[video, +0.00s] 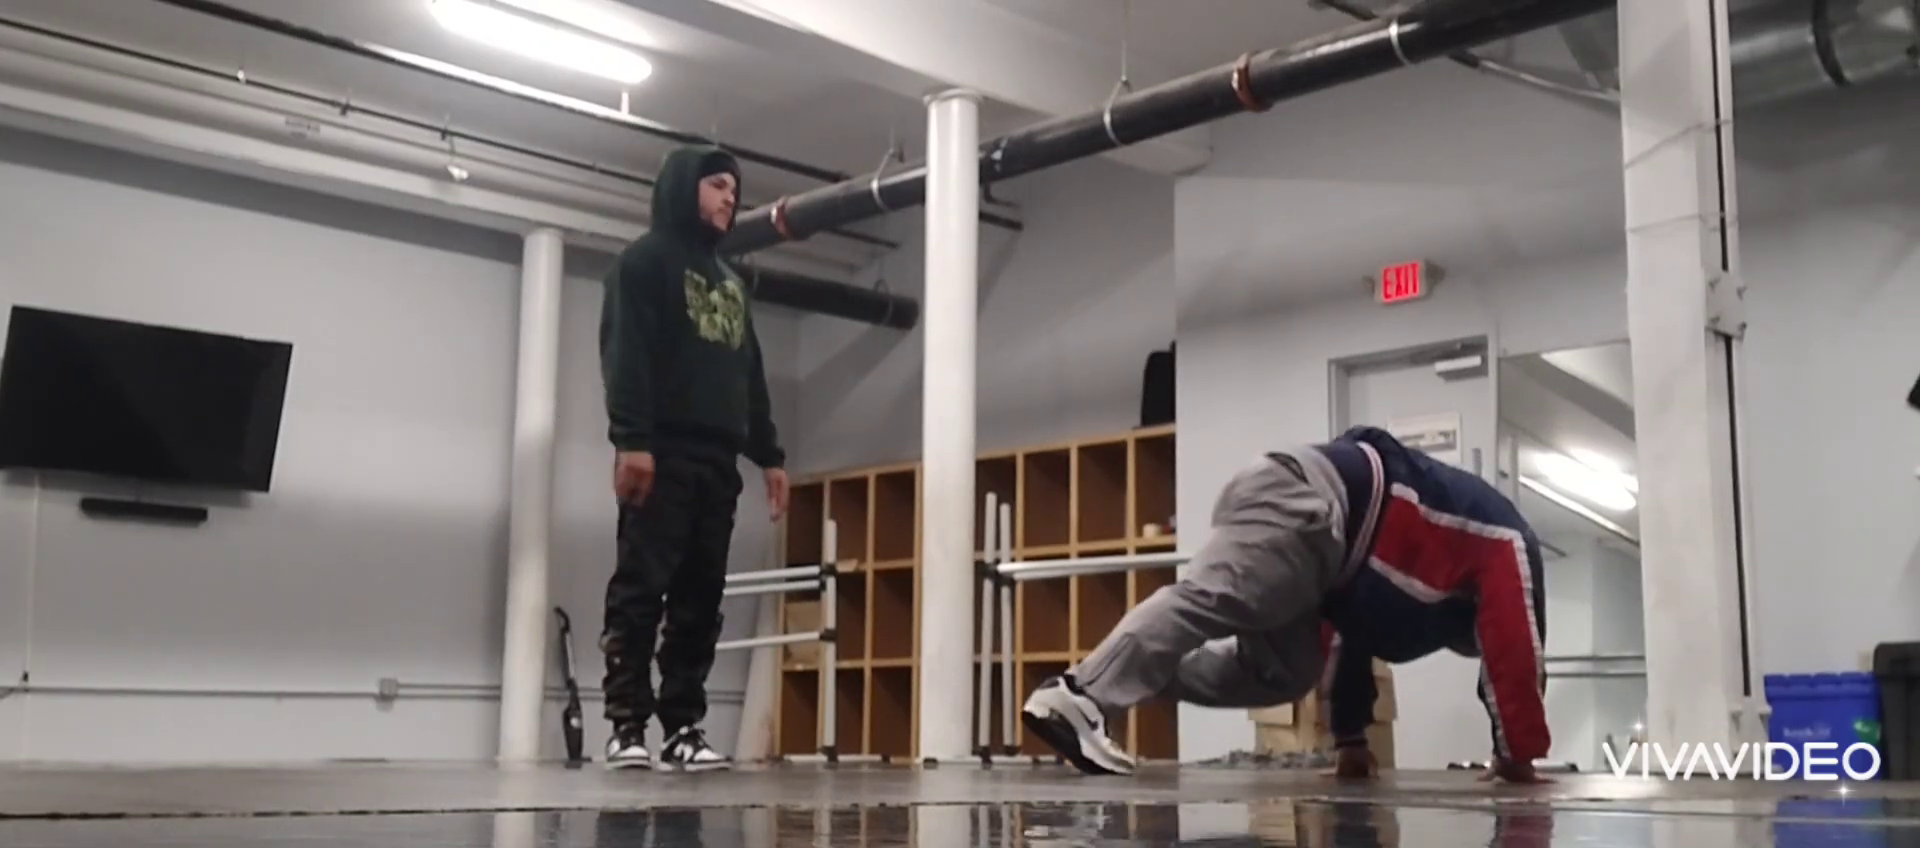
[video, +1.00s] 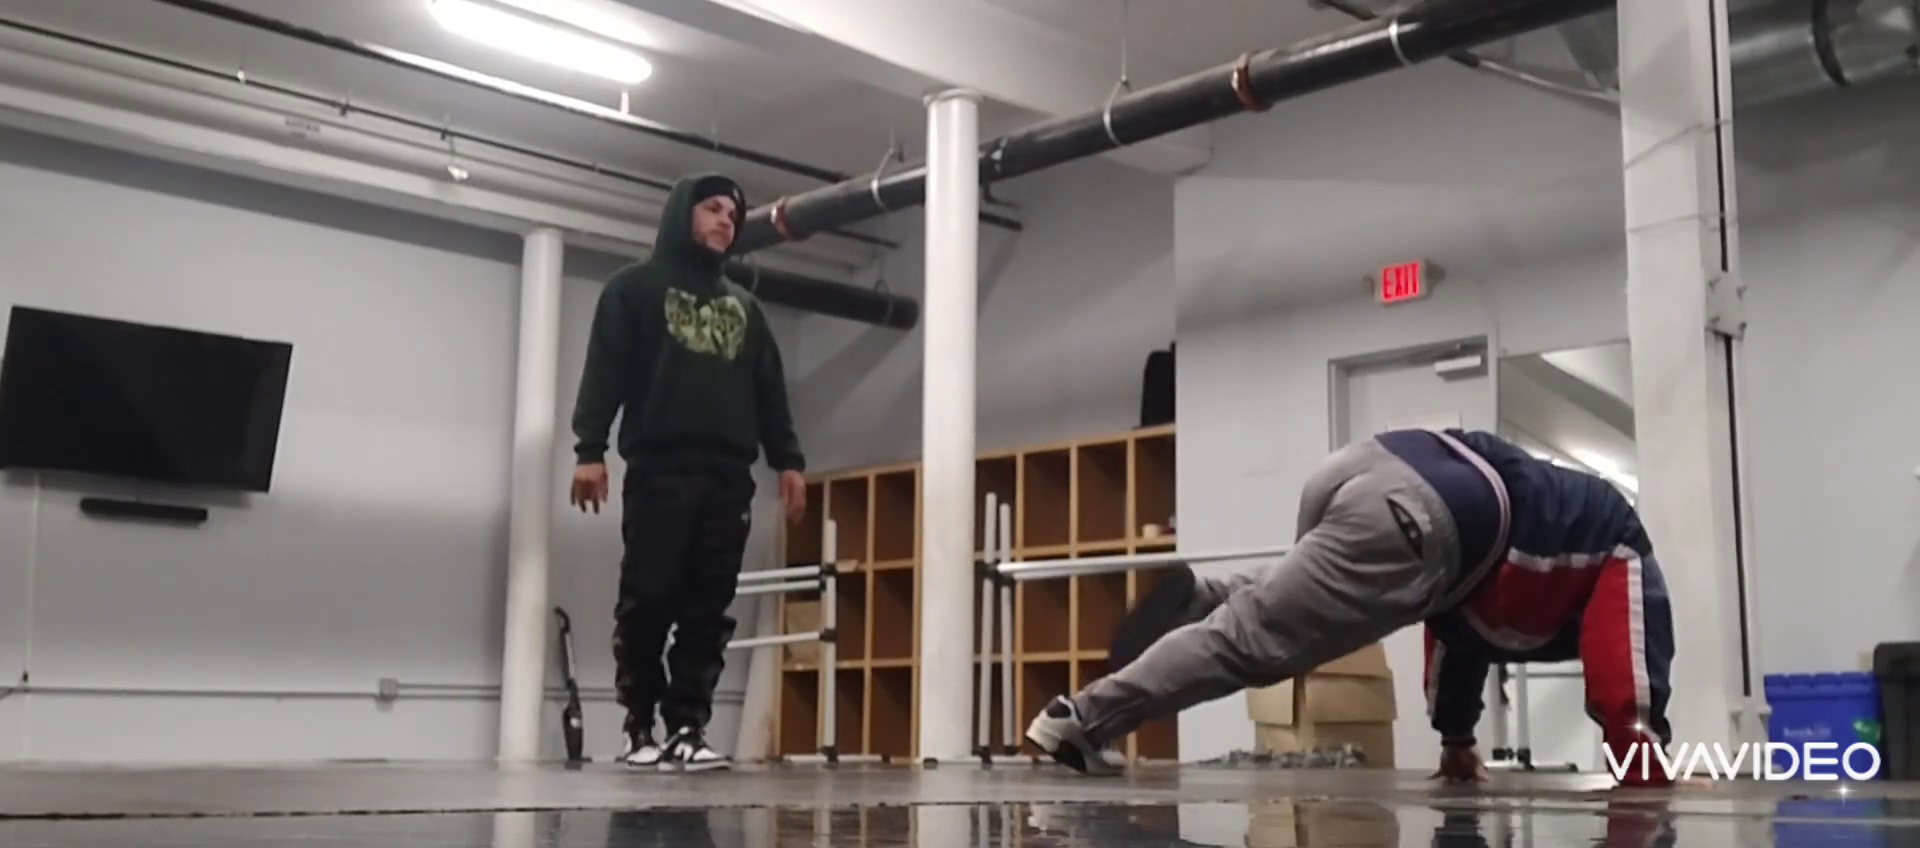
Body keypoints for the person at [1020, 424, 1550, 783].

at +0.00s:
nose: (1501, 646)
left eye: (1512, 633)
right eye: (1513, 631)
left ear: (1497, 597)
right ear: (1522, 586)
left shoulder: (1420, 600)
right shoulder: (1508, 537)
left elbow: (1353, 649)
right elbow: (1512, 652)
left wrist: (1350, 743)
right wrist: (1523, 755)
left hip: (1315, 572)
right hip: (1309, 498)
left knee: (1278, 672)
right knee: (1213, 599)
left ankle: (1138, 671)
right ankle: (1078, 697)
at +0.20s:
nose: (1477, 662)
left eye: (1483, 661)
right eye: (1490, 660)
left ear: (1470, 623)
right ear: (1498, 639)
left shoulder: (1403, 601)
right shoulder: (1497, 539)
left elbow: (1344, 650)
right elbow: (1521, 649)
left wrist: (1347, 741)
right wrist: (1552, 750)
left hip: (1304, 549)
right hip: (1299, 479)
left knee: (1255, 663)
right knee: (1208, 597)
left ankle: (1106, 653)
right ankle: (1070, 701)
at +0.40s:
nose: (1493, 642)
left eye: (1488, 632)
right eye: (1501, 640)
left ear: (1467, 607)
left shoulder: (1397, 585)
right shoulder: (1521, 529)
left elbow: (1365, 646)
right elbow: (1531, 646)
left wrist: (1357, 745)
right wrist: (1570, 758)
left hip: (1271, 441)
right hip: (1340, 464)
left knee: (1218, 584)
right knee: (1213, 606)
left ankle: (1100, 590)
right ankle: (1071, 713)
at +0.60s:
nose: (1513, 638)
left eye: (1520, 635)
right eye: (1526, 632)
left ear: (1504, 605)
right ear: (1542, 595)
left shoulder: (1426, 591)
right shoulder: (1550, 532)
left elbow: (1408, 659)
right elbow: (1578, 645)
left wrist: (1419, 748)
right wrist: (1610, 750)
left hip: (1294, 436)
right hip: (1357, 463)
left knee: (1253, 596)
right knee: (1225, 605)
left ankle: (1136, 546)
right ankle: (1071, 714)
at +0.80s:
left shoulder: (1485, 586)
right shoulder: (1604, 557)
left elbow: (1426, 645)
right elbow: (1601, 689)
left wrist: (1436, 748)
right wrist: (1648, 773)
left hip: (1366, 442)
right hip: (1421, 507)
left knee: (1273, 552)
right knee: (1239, 630)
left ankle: (1178, 536)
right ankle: (1078, 717)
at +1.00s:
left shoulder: (1506, 575)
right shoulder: (1624, 547)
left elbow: (1454, 645)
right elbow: (1618, 680)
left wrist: (1457, 751)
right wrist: (1645, 764)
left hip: (1351, 463)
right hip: (1419, 516)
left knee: (1323, 591)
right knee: (1244, 640)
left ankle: (1211, 597)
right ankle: (1077, 720)